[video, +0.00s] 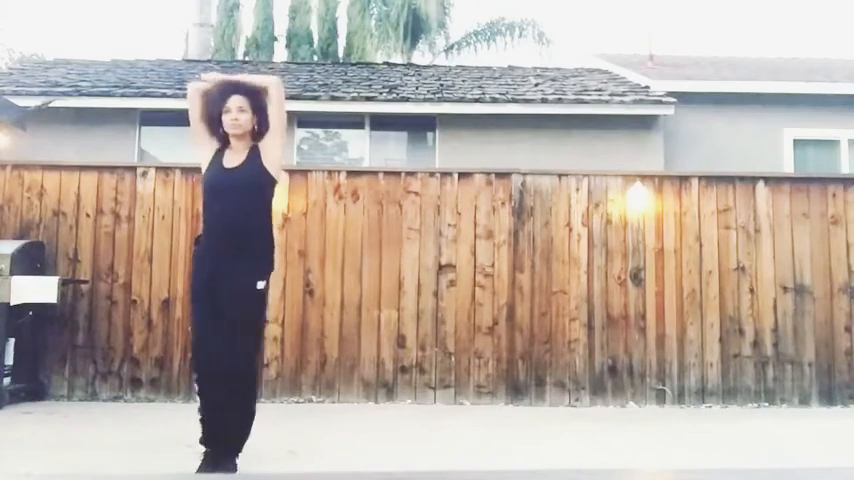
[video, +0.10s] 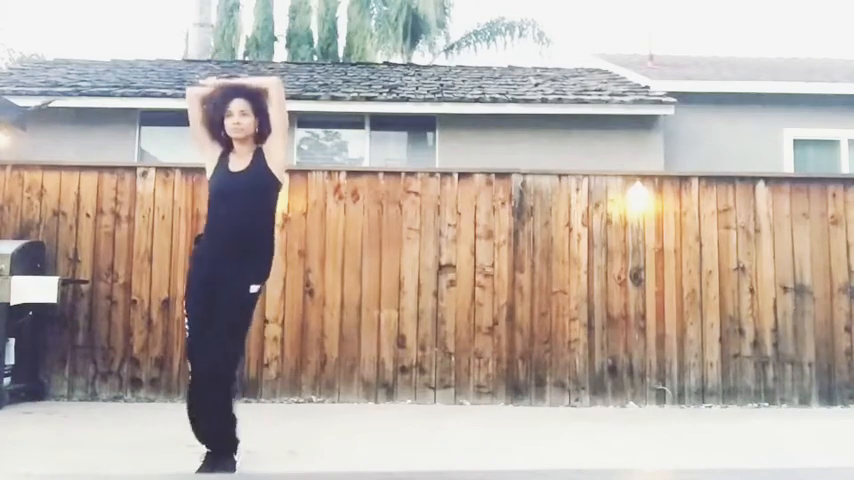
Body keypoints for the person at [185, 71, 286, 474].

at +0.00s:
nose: (234, 116)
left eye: (242, 110)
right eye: (229, 111)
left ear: (255, 117)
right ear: (220, 118)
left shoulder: (269, 151)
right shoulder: (210, 152)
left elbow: (276, 83)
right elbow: (195, 87)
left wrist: (239, 80)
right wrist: (233, 79)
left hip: (250, 263)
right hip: (209, 261)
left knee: (240, 355)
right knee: (208, 354)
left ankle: (229, 450)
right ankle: (213, 449)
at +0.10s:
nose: (236, 121)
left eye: (244, 114)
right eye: (230, 115)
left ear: (258, 120)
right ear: (222, 123)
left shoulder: (273, 154)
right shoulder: (215, 155)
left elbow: (276, 85)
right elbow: (192, 94)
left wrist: (236, 82)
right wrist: (225, 83)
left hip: (247, 265)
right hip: (206, 261)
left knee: (220, 354)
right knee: (200, 355)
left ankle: (223, 449)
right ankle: (216, 443)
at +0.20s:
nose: (239, 122)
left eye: (246, 115)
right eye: (233, 116)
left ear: (260, 122)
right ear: (224, 123)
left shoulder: (275, 156)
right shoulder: (217, 157)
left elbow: (279, 87)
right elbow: (195, 96)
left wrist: (236, 83)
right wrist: (228, 83)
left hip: (250, 269)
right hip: (209, 264)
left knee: (218, 360)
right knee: (202, 362)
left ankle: (222, 450)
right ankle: (216, 448)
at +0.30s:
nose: (244, 122)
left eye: (251, 116)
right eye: (238, 116)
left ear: (264, 122)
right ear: (229, 124)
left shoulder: (279, 155)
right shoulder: (220, 157)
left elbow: (282, 87)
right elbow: (198, 97)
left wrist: (236, 82)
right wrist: (227, 85)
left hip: (258, 272)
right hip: (216, 267)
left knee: (226, 353)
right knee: (204, 357)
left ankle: (231, 443)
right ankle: (213, 447)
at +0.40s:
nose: (254, 122)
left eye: (261, 116)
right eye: (247, 116)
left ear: (273, 123)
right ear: (236, 123)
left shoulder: (284, 156)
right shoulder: (226, 156)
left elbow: (288, 88)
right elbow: (204, 97)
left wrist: (243, 84)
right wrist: (234, 86)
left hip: (269, 273)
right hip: (226, 269)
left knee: (253, 360)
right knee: (210, 361)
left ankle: (275, 445)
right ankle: (212, 451)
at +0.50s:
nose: (265, 121)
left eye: (272, 116)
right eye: (258, 115)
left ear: (283, 123)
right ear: (246, 123)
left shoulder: (291, 158)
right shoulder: (235, 158)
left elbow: (297, 89)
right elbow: (213, 97)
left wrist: (252, 84)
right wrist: (242, 89)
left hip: (286, 274)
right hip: (241, 274)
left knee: (302, 363)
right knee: (221, 362)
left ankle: (336, 450)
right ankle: (213, 449)